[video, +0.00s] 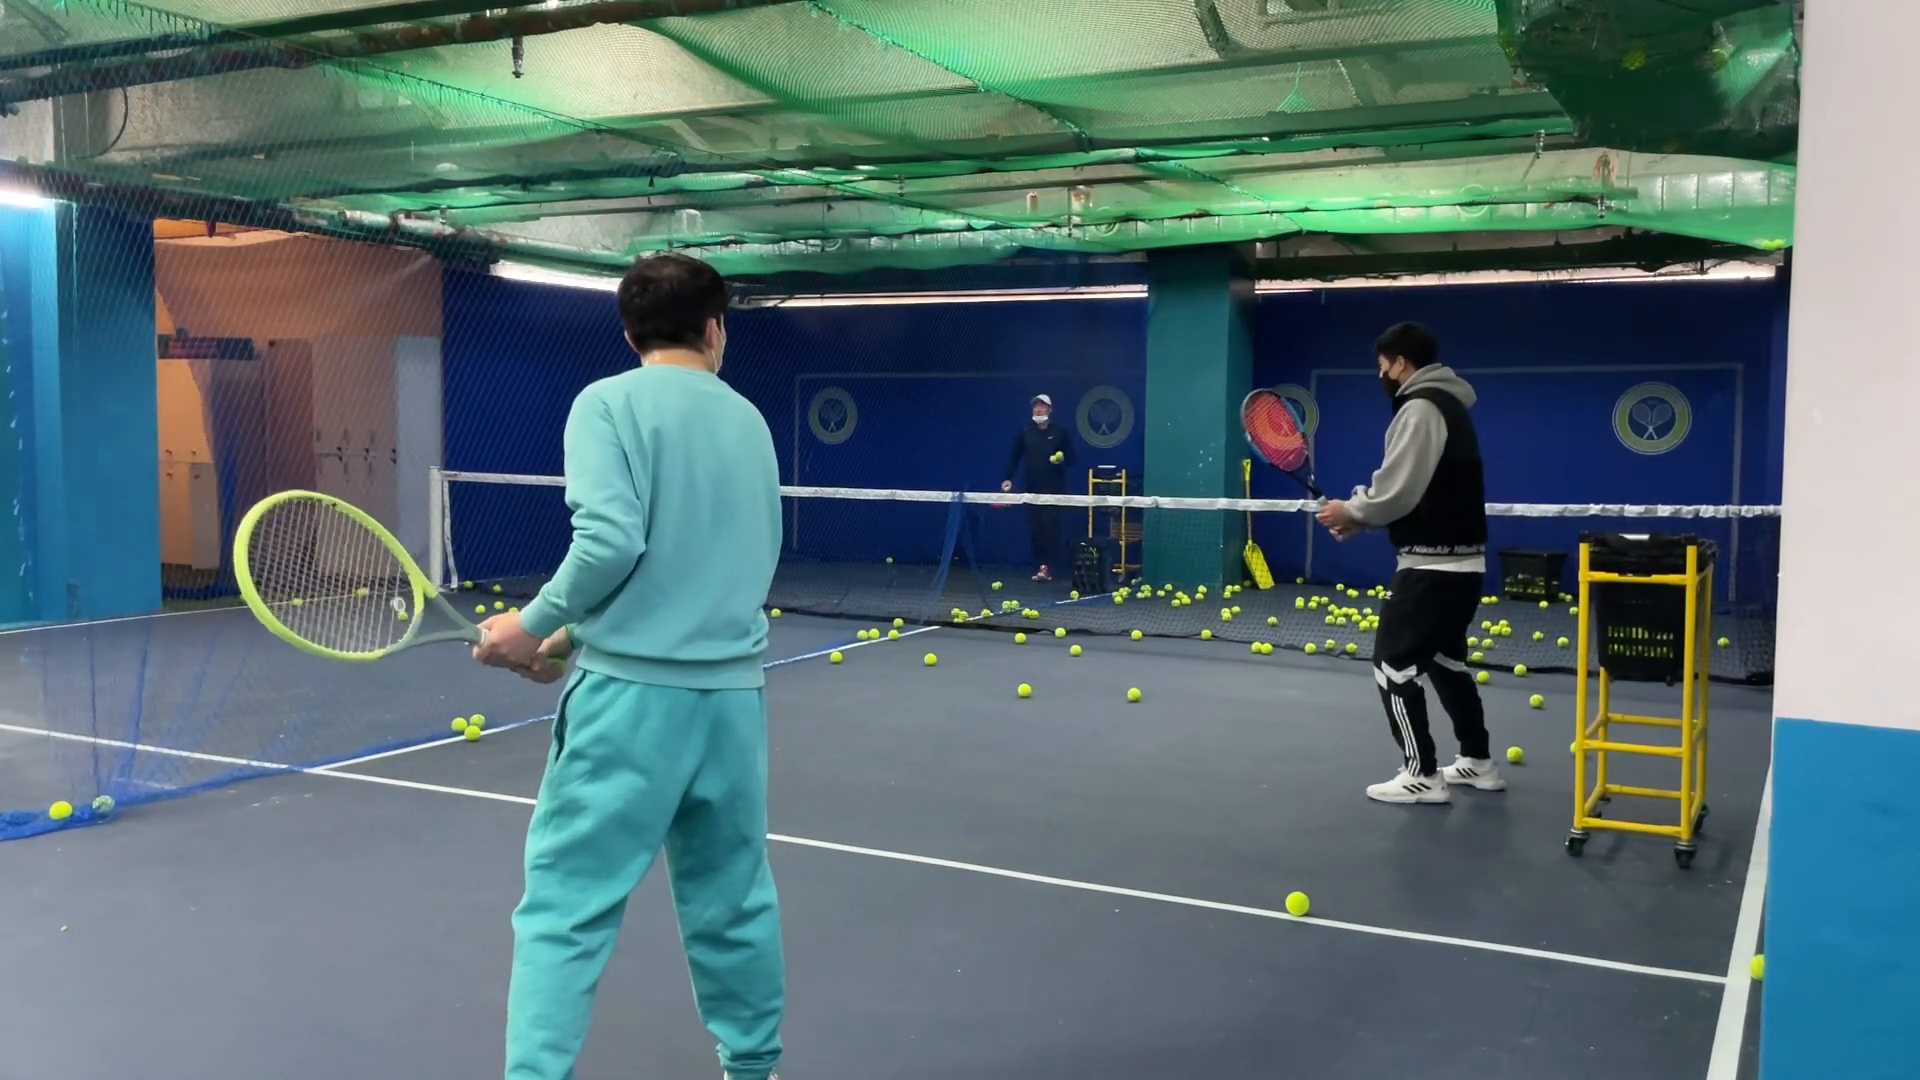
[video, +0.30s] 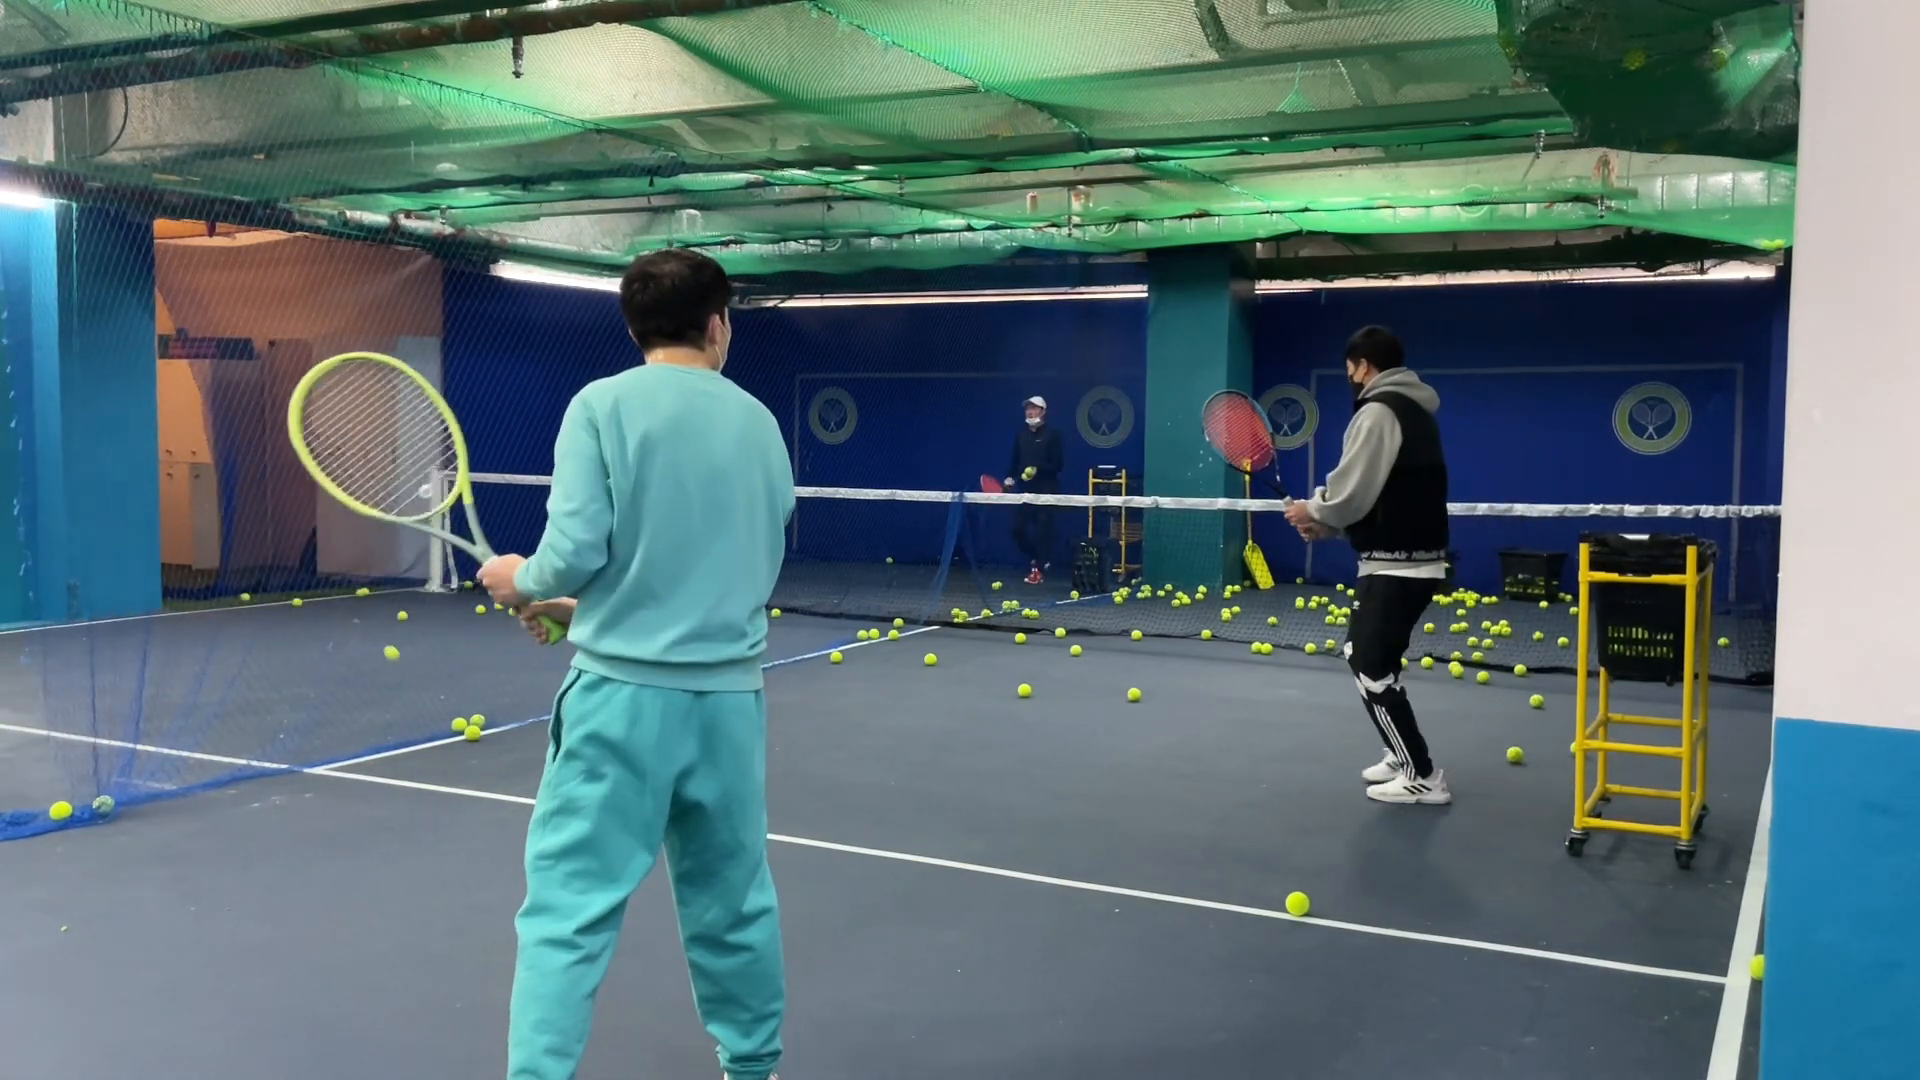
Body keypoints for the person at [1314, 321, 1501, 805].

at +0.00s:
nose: (1383, 374)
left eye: (1384, 365)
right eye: (1382, 365)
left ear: (1402, 362)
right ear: (1423, 360)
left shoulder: (1420, 410)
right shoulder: (1449, 406)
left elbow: (1398, 487)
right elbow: (1419, 491)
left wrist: (1350, 508)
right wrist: (1362, 518)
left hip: (1430, 568)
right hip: (1462, 567)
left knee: (1394, 668)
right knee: (1447, 661)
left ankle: (1421, 775)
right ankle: (1478, 762)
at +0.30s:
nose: (1350, 376)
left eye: (1351, 368)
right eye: (1350, 368)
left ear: (1364, 366)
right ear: (1392, 364)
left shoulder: (1379, 413)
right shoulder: (1412, 409)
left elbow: (1352, 490)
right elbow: (1384, 496)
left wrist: (1312, 508)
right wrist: (1327, 524)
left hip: (1395, 567)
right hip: (1414, 563)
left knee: (1370, 666)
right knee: (1373, 661)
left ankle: (1422, 777)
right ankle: (1406, 757)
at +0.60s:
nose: (1304, 380)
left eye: (1303, 372)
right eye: (1303, 372)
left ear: (1315, 370)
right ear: (1344, 365)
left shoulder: (1331, 412)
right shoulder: (1364, 409)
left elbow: (1305, 488)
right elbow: (1334, 499)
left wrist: (1261, 505)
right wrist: (1273, 520)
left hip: (1348, 567)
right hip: (1371, 565)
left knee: (1305, 664)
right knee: (1331, 664)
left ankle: (1384, 745)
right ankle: (1354, 763)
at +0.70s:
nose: (1285, 386)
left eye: (1284, 377)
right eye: (1284, 378)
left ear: (1297, 373)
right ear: (1323, 369)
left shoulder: (1318, 415)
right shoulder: (1344, 412)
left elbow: (1291, 488)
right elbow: (1312, 500)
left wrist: (1242, 506)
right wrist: (1254, 520)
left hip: (1332, 566)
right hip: (1354, 565)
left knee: (1271, 654)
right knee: (1318, 662)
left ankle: (1326, 752)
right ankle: (1357, 761)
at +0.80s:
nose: (1264, 382)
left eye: (1263, 373)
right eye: (1262, 374)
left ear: (1276, 370)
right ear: (1301, 364)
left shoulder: (1301, 411)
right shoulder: (1320, 408)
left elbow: (1278, 482)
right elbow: (1293, 494)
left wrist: (1226, 501)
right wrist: (1236, 518)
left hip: (1314, 563)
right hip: (1336, 562)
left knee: (1251, 653)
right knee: (1314, 662)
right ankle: (1358, 765)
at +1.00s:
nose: (1215, 390)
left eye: (1214, 381)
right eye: (1212, 383)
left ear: (1225, 374)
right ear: (1251, 369)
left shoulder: (1255, 410)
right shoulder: (1273, 408)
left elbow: (1231, 485)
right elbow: (1242, 493)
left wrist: (1178, 494)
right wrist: (1183, 509)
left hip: (1264, 566)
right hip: (1290, 565)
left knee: (1213, 665)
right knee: (1285, 666)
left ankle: (1182, 769)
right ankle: (1348, 752)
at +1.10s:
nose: (1190, 395)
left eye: (1189, 386)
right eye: (1188, 387)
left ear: (1200, 380)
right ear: (1225, 374)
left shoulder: (1235, 414)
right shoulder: (1243, 411)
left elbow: (1208, 485)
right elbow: (1213, 499)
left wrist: (1151, 491)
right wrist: (1157, 512)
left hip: (1245, 568)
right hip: (1259, 568)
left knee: (1182, 658)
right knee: (1236, 660)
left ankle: (1179, 770)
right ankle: (1316, 734)